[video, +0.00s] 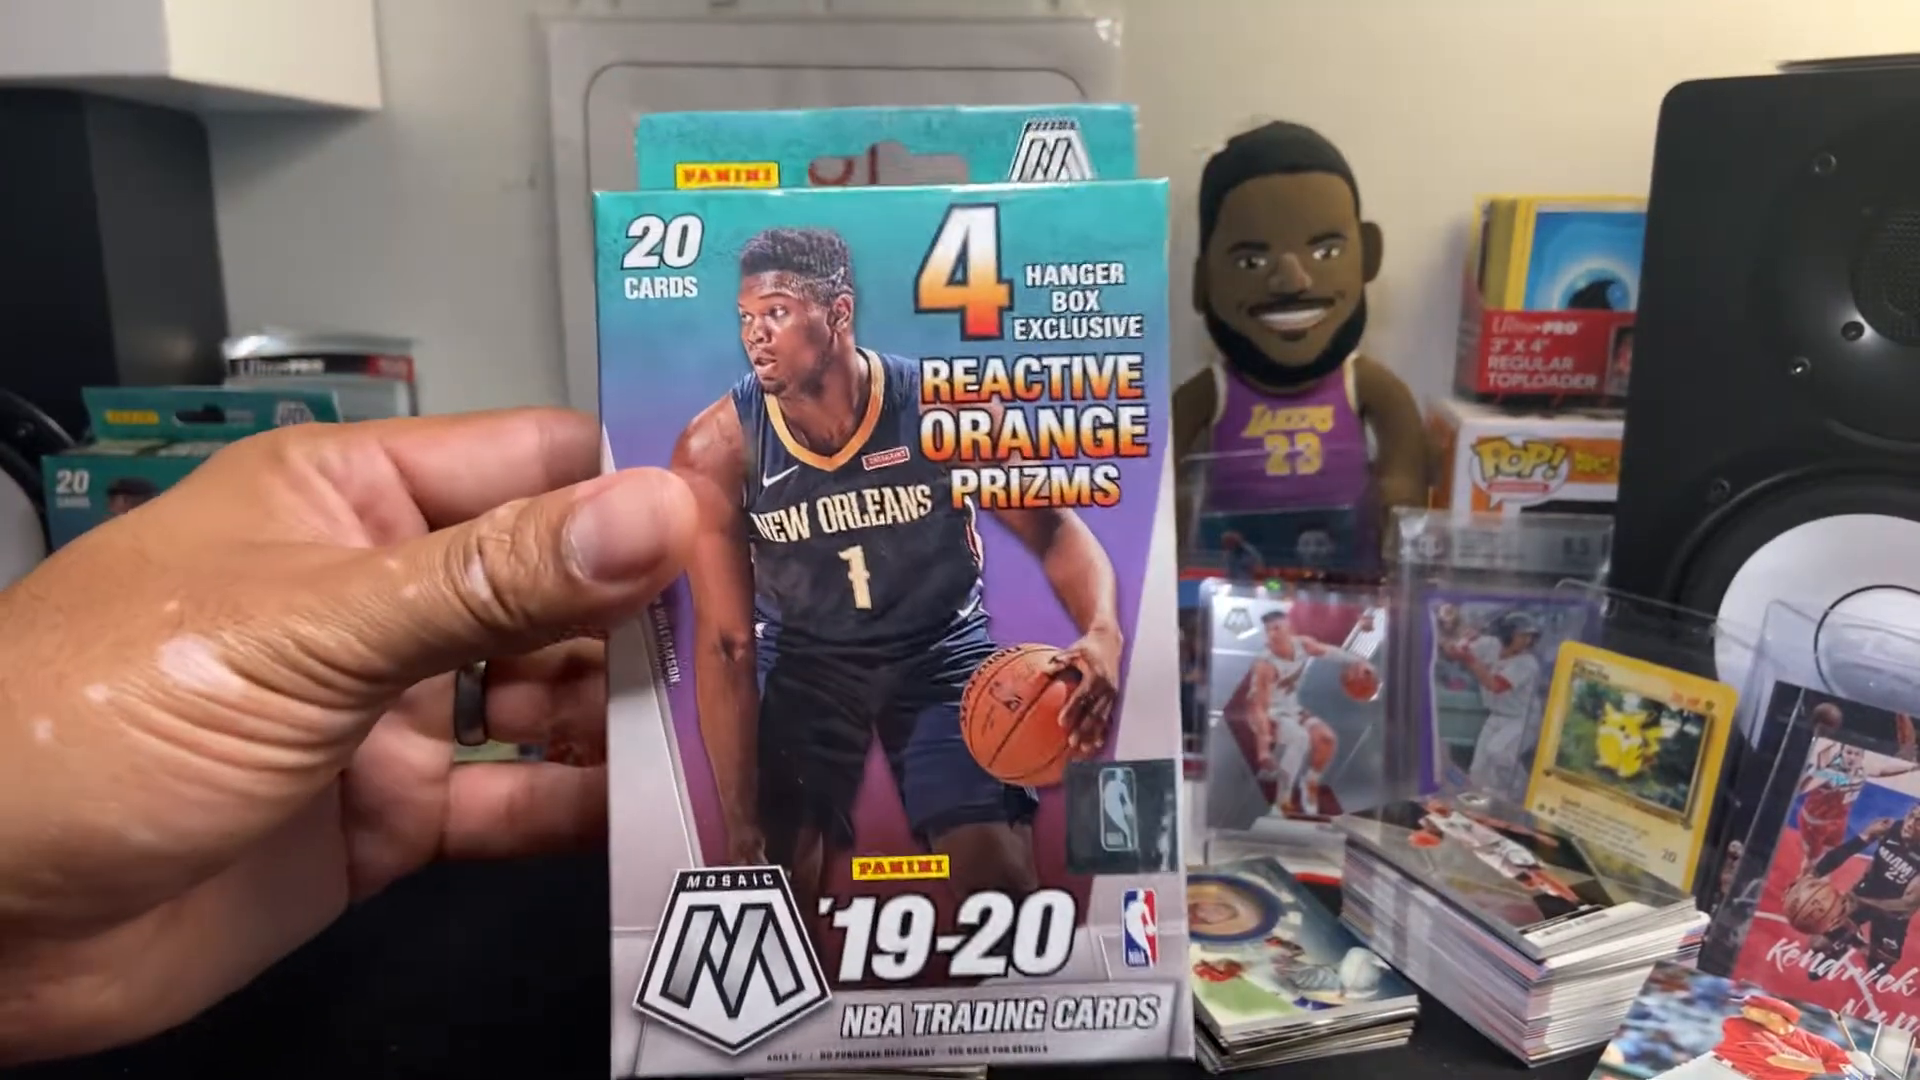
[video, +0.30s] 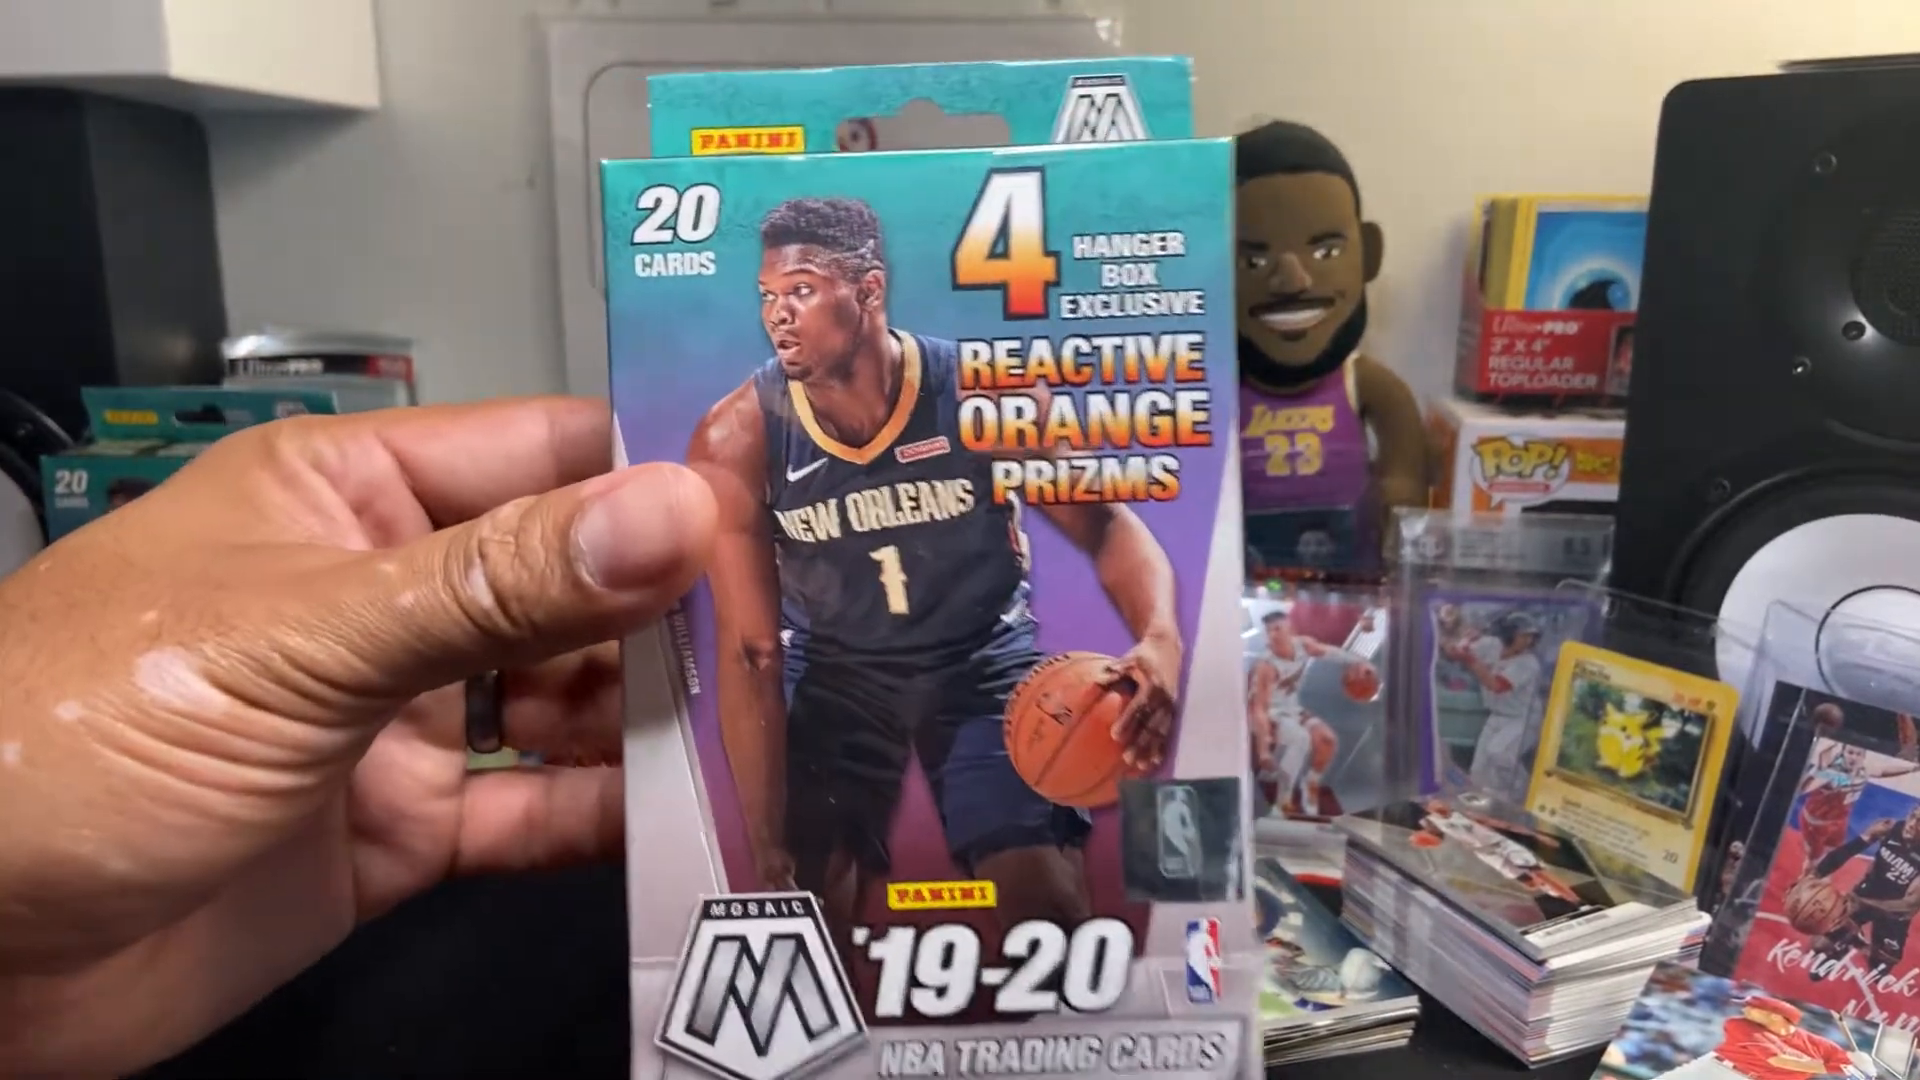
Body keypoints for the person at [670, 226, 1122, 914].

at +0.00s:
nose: (755, 335)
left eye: (776, 313)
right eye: (747, 318)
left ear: (839, 312)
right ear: (740, 326)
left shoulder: (939, 408)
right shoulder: (718, 446)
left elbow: (1051, 528)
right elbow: (726, 646)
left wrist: (1104, 630)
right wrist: (740, 826)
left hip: (943, 654)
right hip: (810, 666)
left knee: (991, 872)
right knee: (783, 871)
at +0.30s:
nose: (776, 316)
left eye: (799, 292)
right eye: (768, 296)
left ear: (870, 290)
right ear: (760, 304)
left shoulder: (980, 393)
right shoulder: (739, 437)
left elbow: (1104, 525)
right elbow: (751, 654)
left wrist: (1162, 638)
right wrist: (765, 854)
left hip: (985, 662)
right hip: (839, 674)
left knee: (1043, 902)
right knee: (806, 903)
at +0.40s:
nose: (832, 336)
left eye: (857, 313)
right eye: (824, 315)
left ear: (931, 311)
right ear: (814, 322)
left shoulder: (1047, 423)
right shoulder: (791, 460)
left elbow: (1174, 565)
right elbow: (798, 691)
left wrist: (1232, 683)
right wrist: (809, 894)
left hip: (1044, 716)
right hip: (896, 724)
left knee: (1093, 936)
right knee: (871, 947)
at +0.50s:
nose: (828, 306)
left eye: (854, 282)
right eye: (819, 283)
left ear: (922, 290)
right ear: (806, 292)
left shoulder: (1028, 406)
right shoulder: (780, 427)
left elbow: (1157, 557)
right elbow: (767, 655)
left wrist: (1202, 680)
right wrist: (767, 858)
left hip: (1008, 695)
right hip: (865, 698)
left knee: (1054, 907)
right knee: (837, 913)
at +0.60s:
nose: (720, 282)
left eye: (742, 260)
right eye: (715, 263)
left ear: (803, 263)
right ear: (708, 272)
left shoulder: (893, 358)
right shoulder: (686, 385)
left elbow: (1002, 473)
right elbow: (686, 580)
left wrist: (1042, 577)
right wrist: (690, 761)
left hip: (886, 600)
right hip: (768, 607)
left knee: (926, 769)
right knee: (757, 787)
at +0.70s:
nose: (666, 296)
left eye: (684, 277)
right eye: (660, 281)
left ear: (738, 280)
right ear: (653, 288)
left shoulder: (819, 360)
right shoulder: (637, 386)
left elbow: (912, 461)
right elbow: (640, 553)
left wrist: (948, 544)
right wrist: (653, 702)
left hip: (819, 564)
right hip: (714, 572)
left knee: (859, 717)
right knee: (704, 733)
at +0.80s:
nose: (636, 292)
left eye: (653, 274)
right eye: (628, 280)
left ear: (703, 274)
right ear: (622, 288)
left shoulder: (785, 351)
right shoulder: (607, 379)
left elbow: (872, 444)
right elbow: (616, 538)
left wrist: (913, 523)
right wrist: (627, 685)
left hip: (792, 543)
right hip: (684, 551)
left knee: (831, 710)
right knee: (666, 716)